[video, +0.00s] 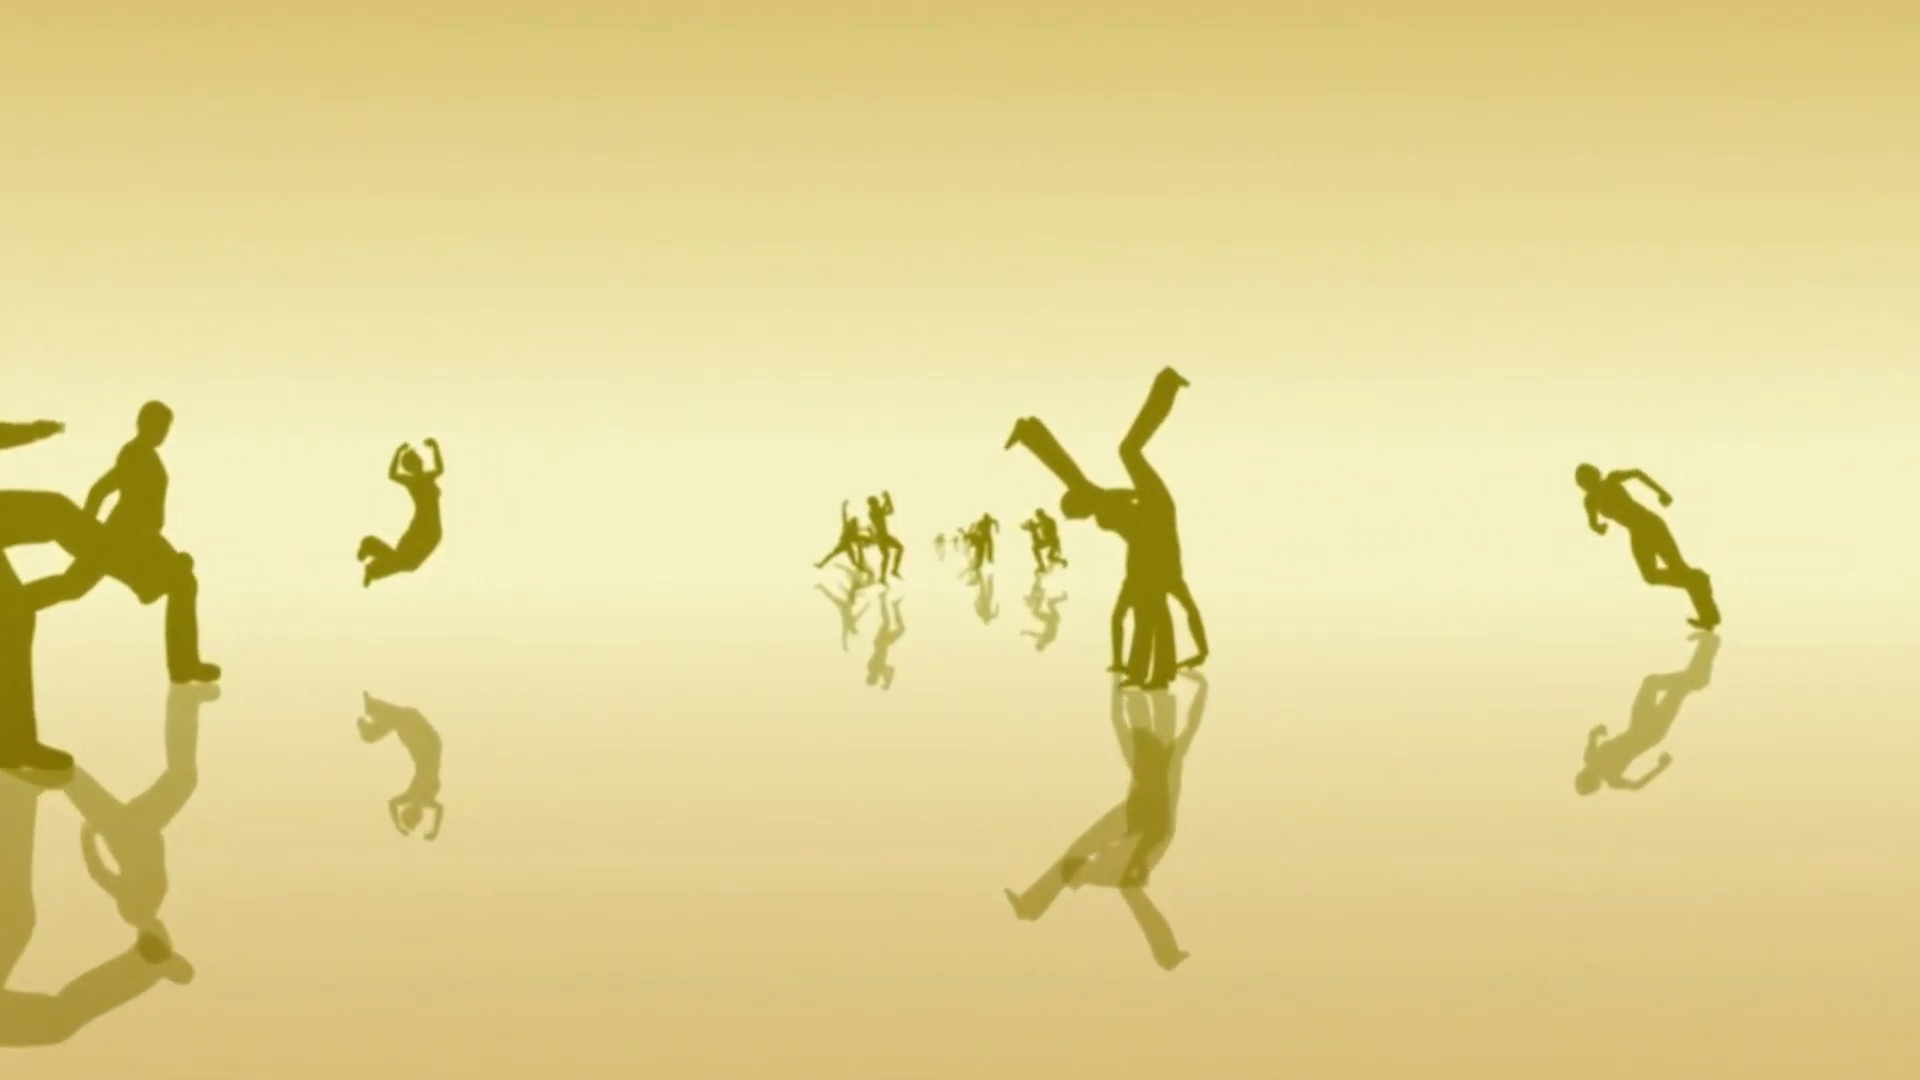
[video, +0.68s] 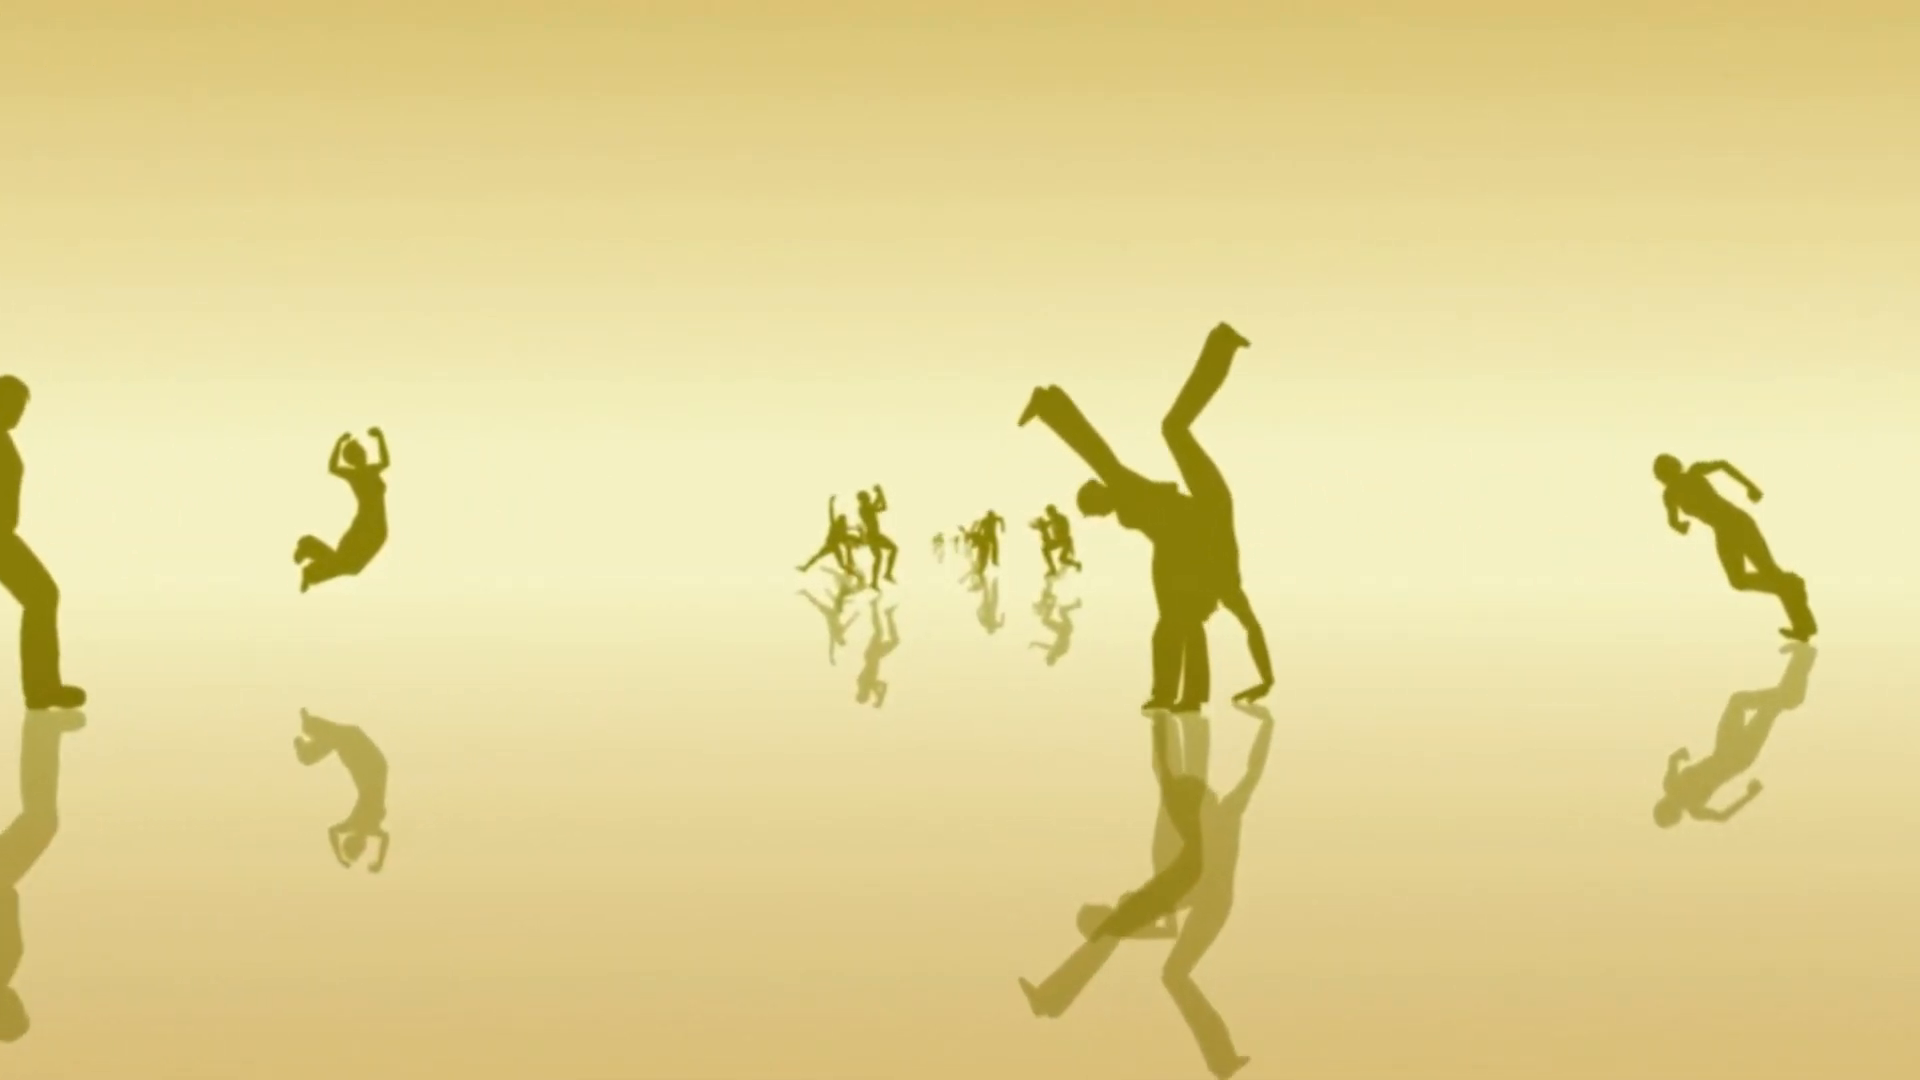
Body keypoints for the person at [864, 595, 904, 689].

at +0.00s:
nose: (874, 681)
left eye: (873, 681)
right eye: (873, 682)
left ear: (870, 677)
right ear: (872, 678)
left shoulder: (874, 666)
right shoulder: (879, 667)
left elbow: (890, 670)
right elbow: (890, 670)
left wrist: (887, 683)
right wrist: (887, 683)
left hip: (880, 641)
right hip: (886, 642)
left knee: (886, 622)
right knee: (901, 629)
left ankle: (882, 598)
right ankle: (896, 606)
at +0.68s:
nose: (864, 699)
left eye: (863, 699)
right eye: (864, 700)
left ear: (860, 693)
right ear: (863, 694)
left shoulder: (864, 682)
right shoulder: (870, 684)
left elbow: (882, 685)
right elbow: (882, 686)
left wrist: (879, 700)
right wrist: (879, 700)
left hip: (870, 654)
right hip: (877, 654)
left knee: (878, 632)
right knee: (895, 641)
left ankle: (874, 605)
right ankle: (889, 615)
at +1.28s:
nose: (856, 716)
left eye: (854, 716)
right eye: (855, 717)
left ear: (851, 710)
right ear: (854, 711)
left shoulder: (855, 697)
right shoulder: (861, 699)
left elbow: (875, 701)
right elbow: (875, 702)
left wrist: (871, 717)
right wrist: (872, 718)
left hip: (862, 665)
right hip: (869, 667)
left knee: (870, 641)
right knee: (889, 652)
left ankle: (865, 612)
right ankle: (882, 623)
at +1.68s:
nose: (850, 731)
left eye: (848, 730)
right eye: (849, 731)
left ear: (844, 725)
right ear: (846, 725)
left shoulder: (847, 711)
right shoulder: (853, 713)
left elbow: (870, 714)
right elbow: (869, 715)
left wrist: (865, 733)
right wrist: (865, 733)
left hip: (854, 677)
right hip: (861, 678)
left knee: (863, 650)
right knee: (884, 661)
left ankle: (859, 617)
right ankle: (877, 630)